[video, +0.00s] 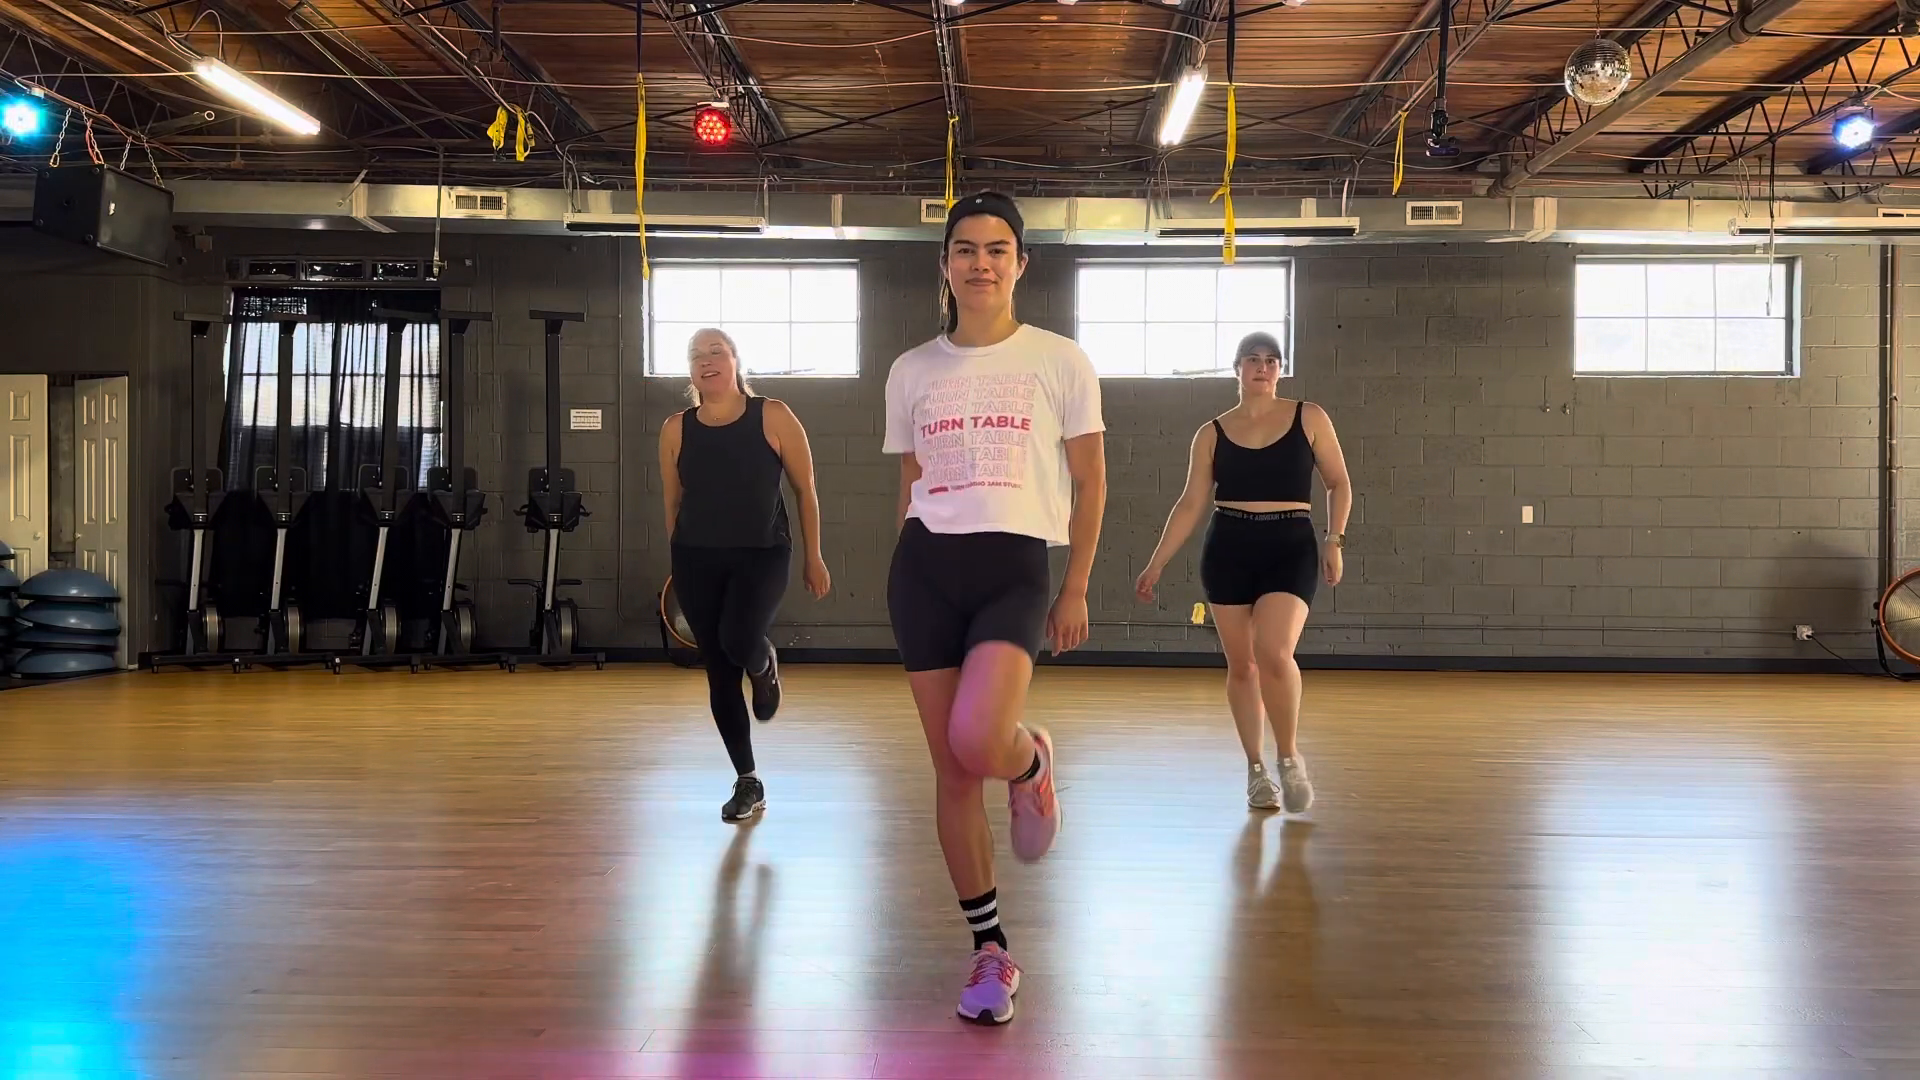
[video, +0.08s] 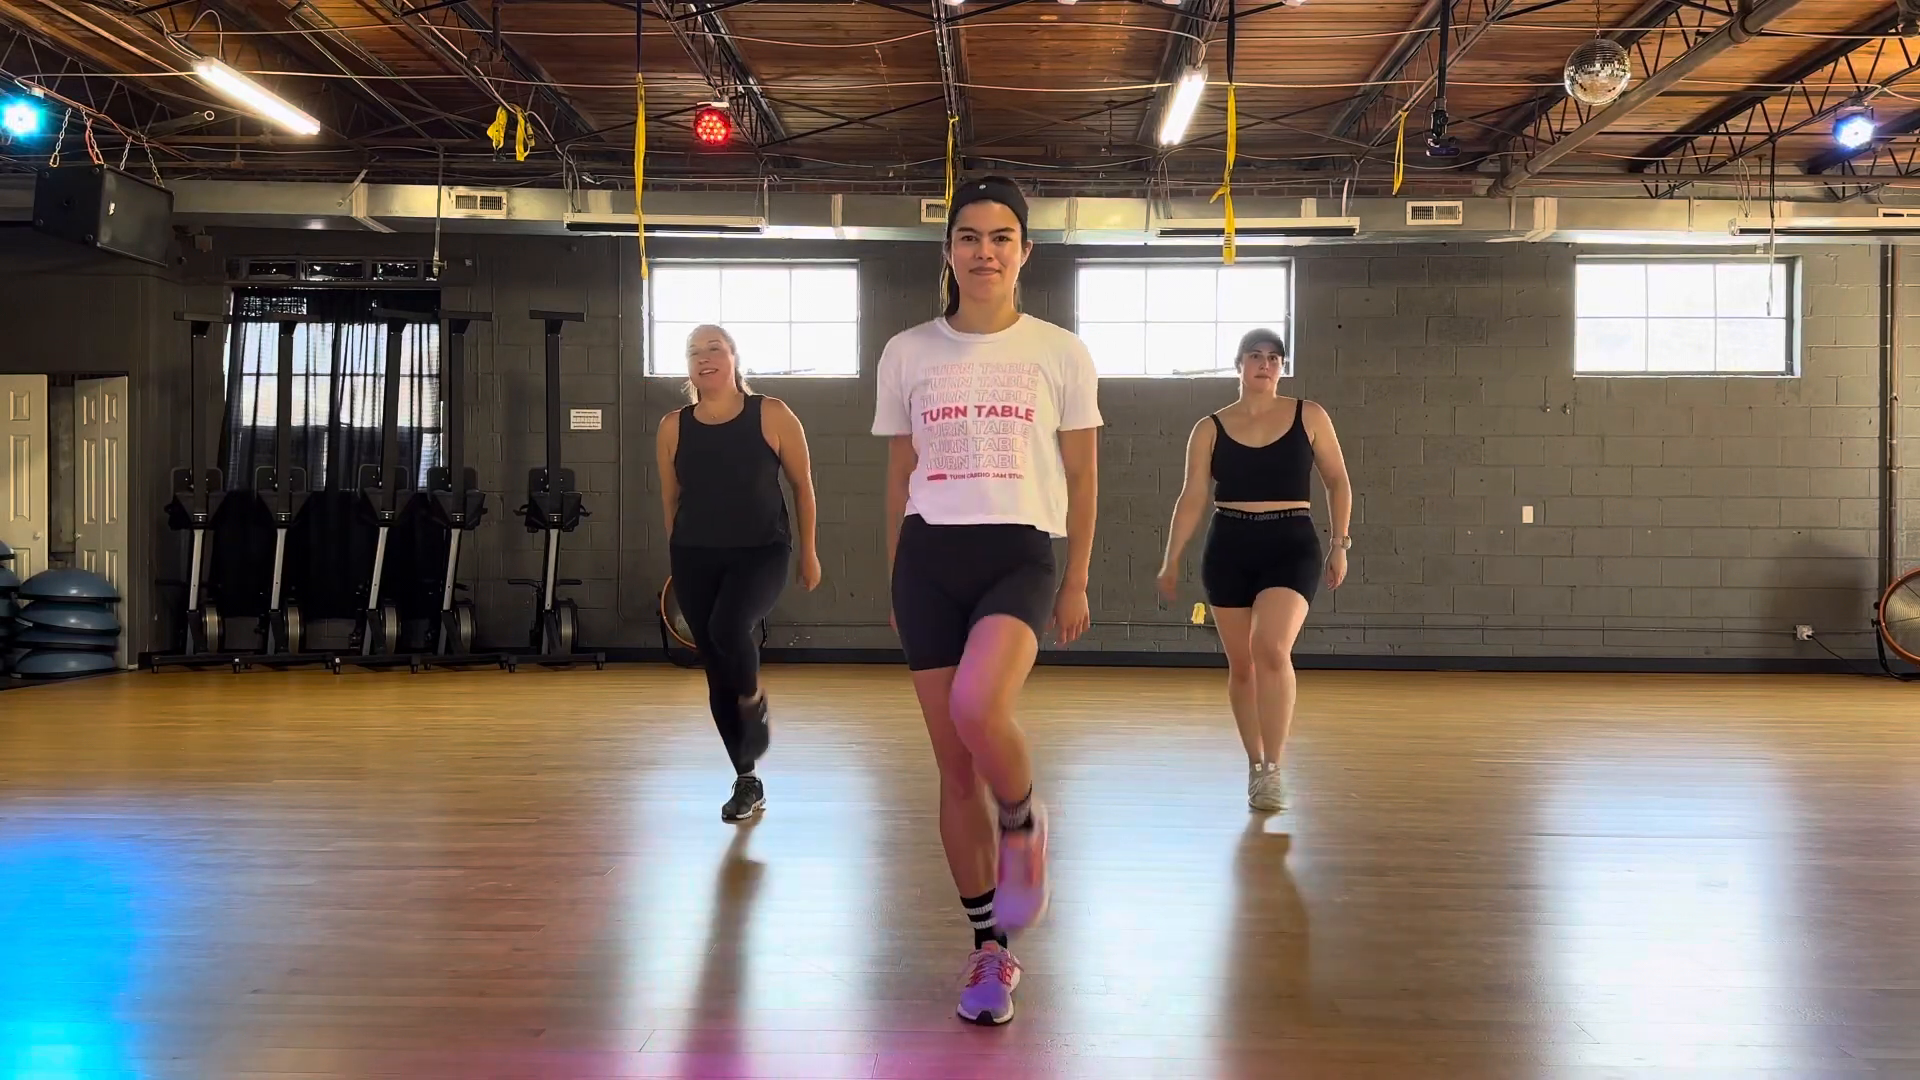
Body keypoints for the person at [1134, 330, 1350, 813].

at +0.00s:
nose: (1262, 367)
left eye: (1270, 361)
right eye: (1253, 360)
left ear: (1281, 371)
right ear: (1237, 370)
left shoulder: (1308, 418)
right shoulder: (1212, 433)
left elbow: (1339, 483)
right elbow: (1190, 504)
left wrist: (1334, 539)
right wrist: (1157, 562)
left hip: (1290, 548)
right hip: (1229, 549)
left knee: (1273, 652)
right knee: (1242, 667)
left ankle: (1288, 758)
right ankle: (1256, 769)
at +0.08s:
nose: (1264, 364)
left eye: (1272, 358)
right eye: (1255, 357)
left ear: (1282, 368)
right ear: (1239, 366)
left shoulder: (1308, 416)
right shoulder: (1210, 427)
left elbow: (1338, 482)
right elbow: (1192, 497)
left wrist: (1339, 543)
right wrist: (1171, 560)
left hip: (1291, 546)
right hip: (1229, 548)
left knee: (1271, 651)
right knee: (1242, 669)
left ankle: (1272, 767)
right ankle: (1258, 767)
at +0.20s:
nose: (1267, 368)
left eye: (1275, 361)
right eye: (1258, 360)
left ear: (1285, 372)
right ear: (1241, 370)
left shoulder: (1309, 424)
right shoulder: (1209, 428)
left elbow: (1330, 491)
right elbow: (1191, 503)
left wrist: (1336, 553)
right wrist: (1201, 556)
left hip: (1293, 555)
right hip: (1228, 556)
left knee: (1270, 668)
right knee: (1246, 677)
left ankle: (1253, 775)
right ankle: (1263, 778)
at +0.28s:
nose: (1268, 373)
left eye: (1277, 367)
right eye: (1260, 365)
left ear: (1288, 379)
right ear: (1242, 375)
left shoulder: (1309, 434)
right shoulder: (1210, 432)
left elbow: (1322, 504)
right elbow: (1189, 505)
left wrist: (1331, 568)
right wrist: (1218, 556)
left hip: (1293, 567)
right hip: (1227, 566)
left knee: (1270, 688)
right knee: (1243, 689)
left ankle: (1254, 800)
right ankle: (1266, 780)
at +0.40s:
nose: (1273, 363)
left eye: (1282, 357)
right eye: (1264, 355)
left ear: (1293, 371)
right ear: (1246, 367)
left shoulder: (1312, 435)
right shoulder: (1211, 423)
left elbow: (1317, 510)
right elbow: (1190, 503)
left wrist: (1326, 577)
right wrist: (1222, 559)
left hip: (1296, 566)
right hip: (1225, 564)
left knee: (1274, 691)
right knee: (1236, 696)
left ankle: (1253, 810)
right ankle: (1261, 784)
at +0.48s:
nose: (1275, 355)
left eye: (1284, 349)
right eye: (1265, 347)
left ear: (1295, 364)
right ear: (1248, 358)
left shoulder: (1314, 430)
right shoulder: (1211, 415)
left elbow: (1319, 506)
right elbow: (1184, 494)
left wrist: (1334, 572)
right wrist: (1209, 562)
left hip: (1297, 566)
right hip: (1226, 563)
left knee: (1274, 690)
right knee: (1229, 693)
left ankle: (1257, 809)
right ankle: (1236, 772)